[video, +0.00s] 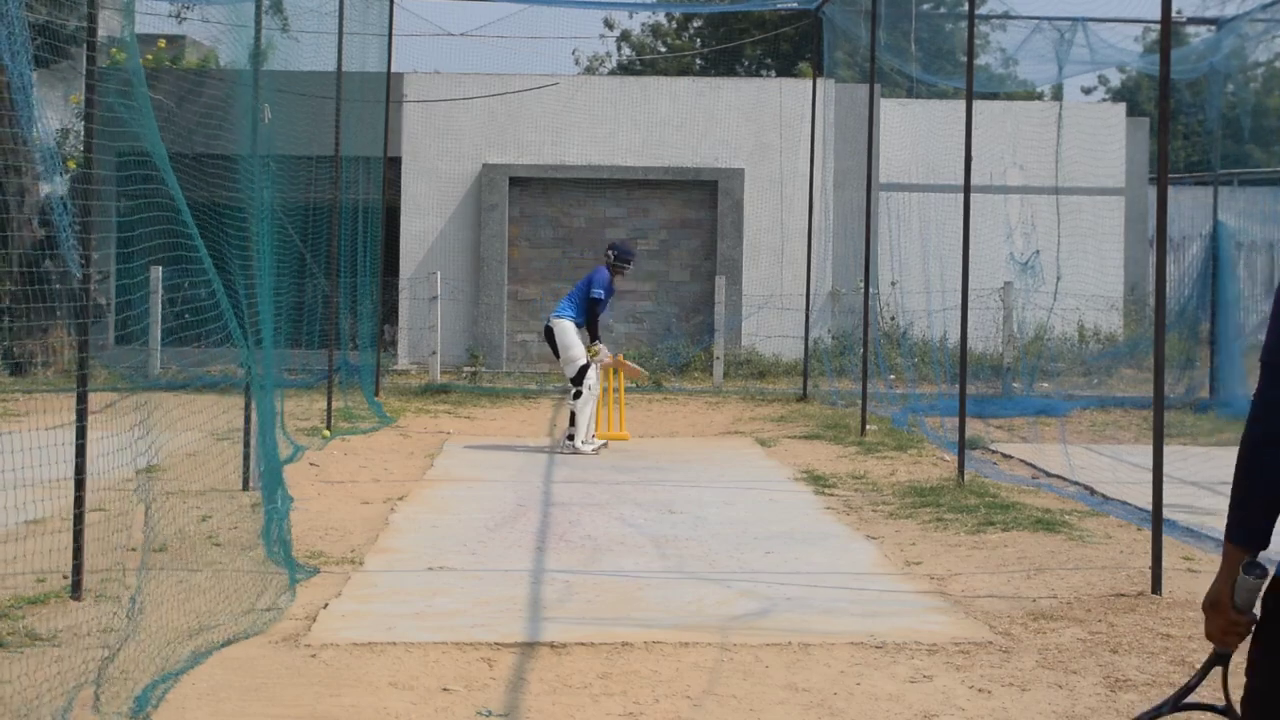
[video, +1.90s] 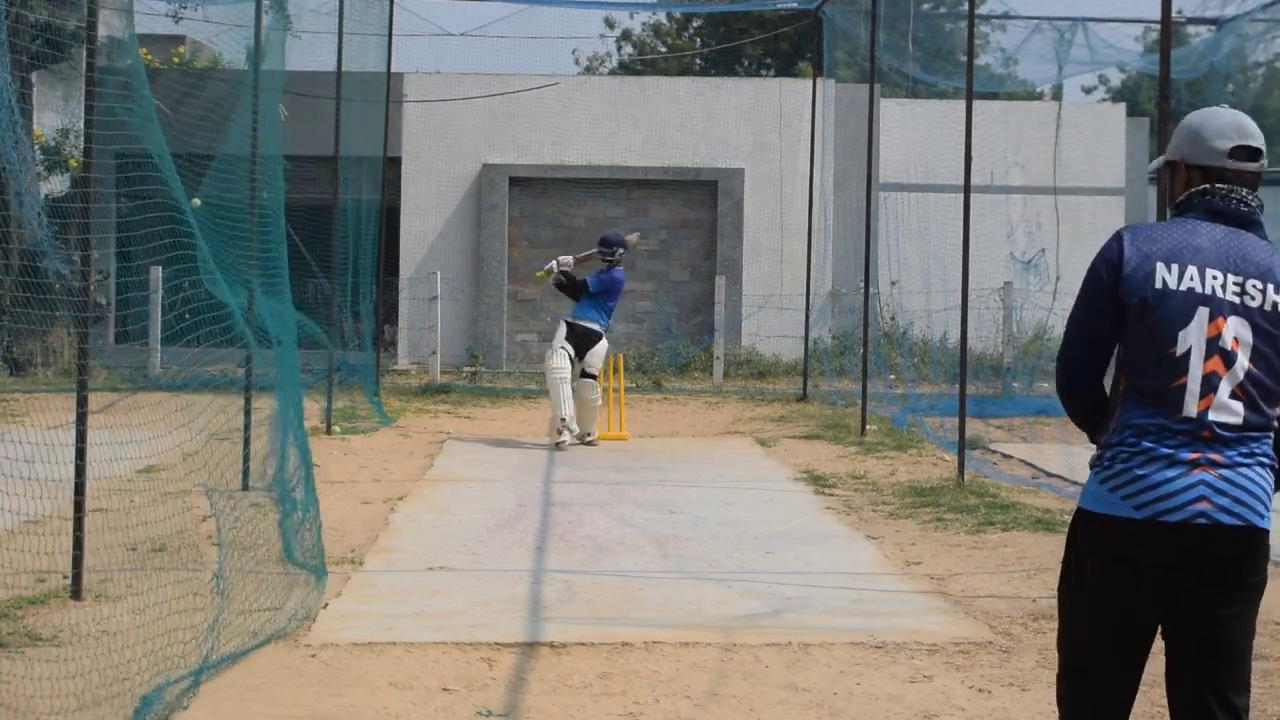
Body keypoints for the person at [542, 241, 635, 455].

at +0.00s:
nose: (625, 267)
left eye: (628, 263)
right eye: (623, 262)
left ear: (624, 263)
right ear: (613, 258)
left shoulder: (608, 282)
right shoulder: (602, 275)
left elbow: (593, 316)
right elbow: (592, 314)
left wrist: (596, 345)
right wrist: (596, 344)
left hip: (569, 326)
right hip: (561, 325)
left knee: (592, 379)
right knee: (584, 380)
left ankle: (585, 436)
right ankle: (575, 439)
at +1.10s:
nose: (621, 268)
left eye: (625, 264)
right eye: (618, 263)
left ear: (628, 265)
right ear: (609, 262)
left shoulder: (612, 283)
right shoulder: (601, 279)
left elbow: (610, 306)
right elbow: (596, 316)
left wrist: (611, 315)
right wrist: (605, 326)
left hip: (574, 326)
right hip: (563, 323)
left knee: (604, 378)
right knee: (589, 377)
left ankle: (586, 434)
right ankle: (579, 438)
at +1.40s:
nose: (618, 265)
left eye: (623, 262)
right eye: (615, 260)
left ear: (627, 262)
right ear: (608, 257)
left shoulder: (620, 277)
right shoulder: (595, 269)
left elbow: (614, 301)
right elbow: (590, 300)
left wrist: (625, 303)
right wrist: (615, 312)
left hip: (589, 327)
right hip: (571, 323)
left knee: (611, 378)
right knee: (586, 375)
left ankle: (583, 430)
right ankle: (584, 436)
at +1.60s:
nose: (617, 255)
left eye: (622, 252)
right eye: (614, 249)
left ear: (629, 251)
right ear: (609, 243)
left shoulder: (624, 266)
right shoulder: (598, 246)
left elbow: (598, 272)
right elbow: (580, 257)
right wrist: (562, 255)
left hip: (596, 312)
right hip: (574, 304)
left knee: (598, 368)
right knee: (597, 361)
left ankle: (589, 428)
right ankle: (601, 423)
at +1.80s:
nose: (607, 255)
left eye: (610, 252)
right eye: (605, 251)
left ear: (614, 252)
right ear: (605, 251)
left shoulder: (615, 273)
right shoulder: (595, 269)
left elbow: (582, 275)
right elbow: (578, 290)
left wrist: (574, 259)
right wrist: (564, 268)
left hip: (596, 326)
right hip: (571, 319)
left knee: (598, 378)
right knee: (582, 368)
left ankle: (589, 426)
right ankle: (591, 424)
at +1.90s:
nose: (604, 257)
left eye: (608, 254)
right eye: (602, 253)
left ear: (619, 254)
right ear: (600, 252)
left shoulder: (615, 276)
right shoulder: (603, 274)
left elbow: (580, 287)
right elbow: (578, 295)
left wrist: (565, 269)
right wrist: (558, 279)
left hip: (594, 332)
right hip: (573, 326)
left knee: (587, 383)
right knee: (558, 367)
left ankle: (588, 432)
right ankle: (566, 425)